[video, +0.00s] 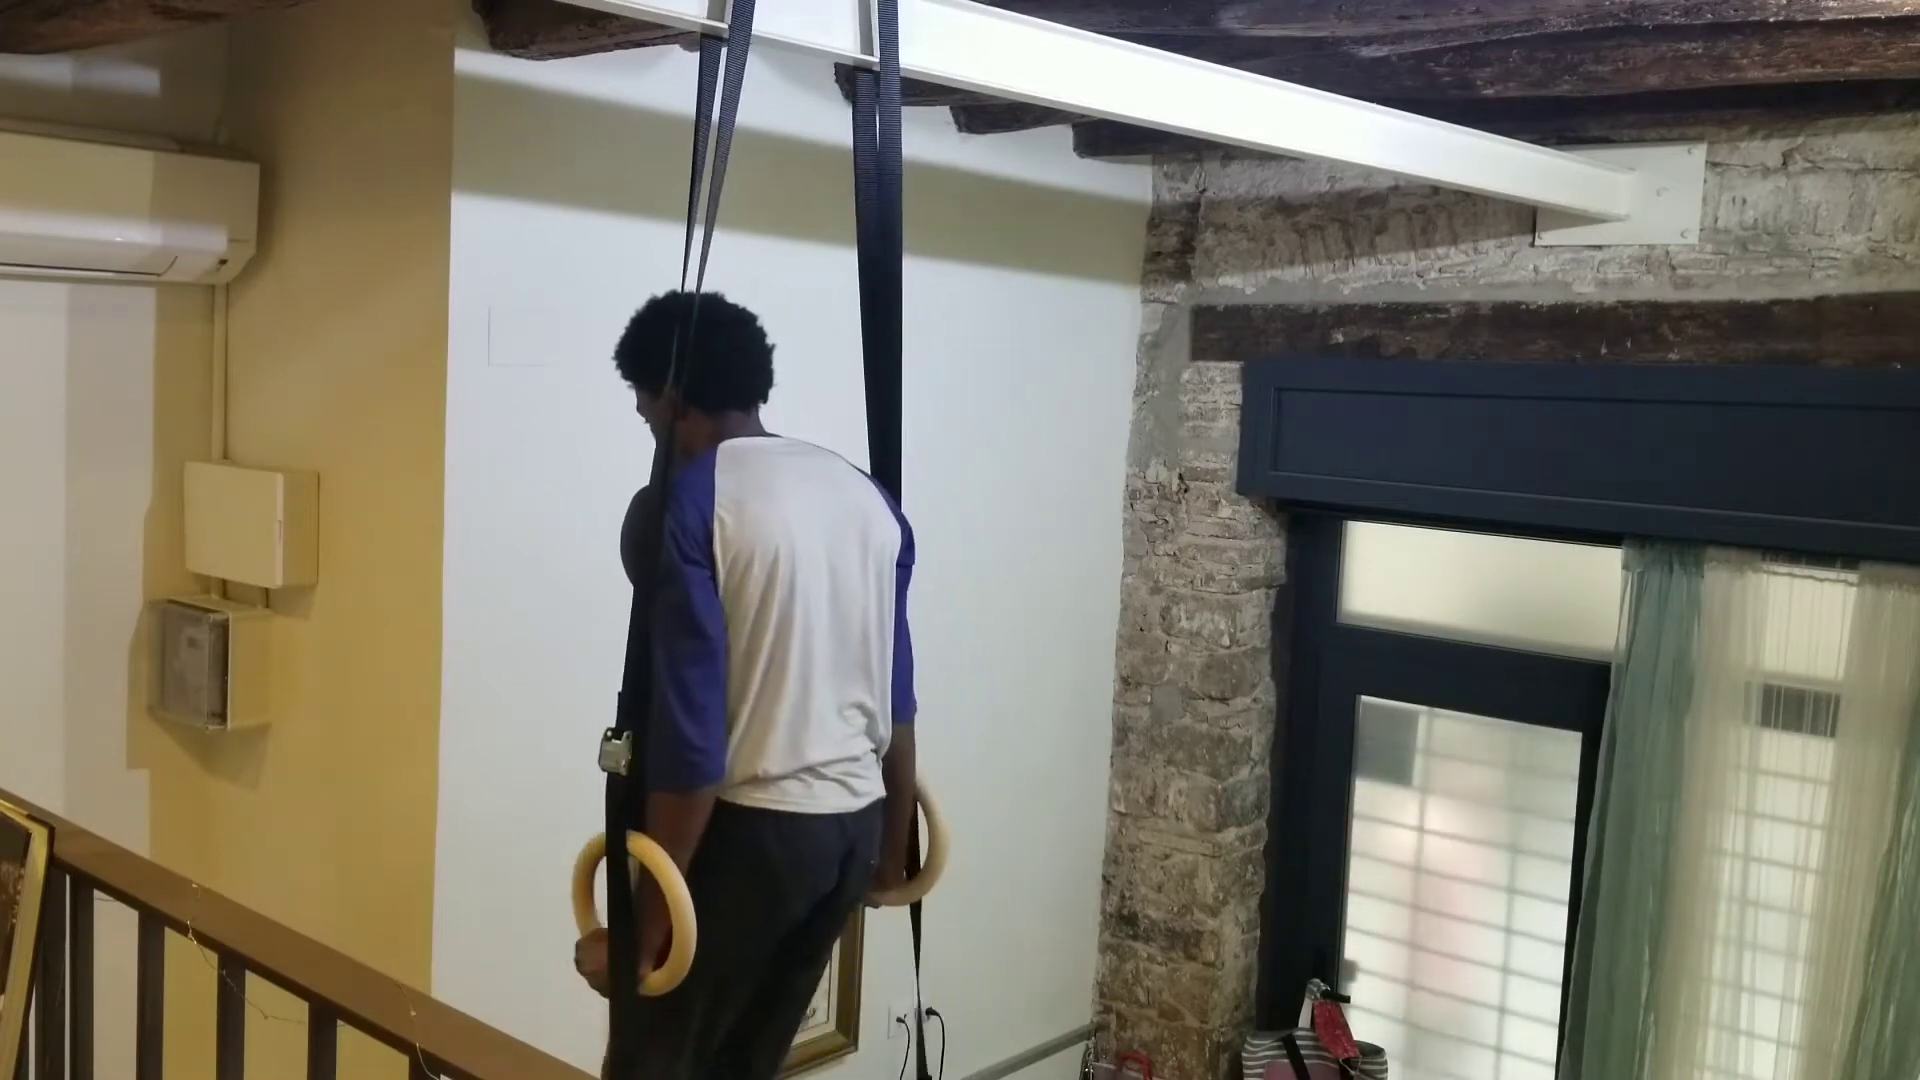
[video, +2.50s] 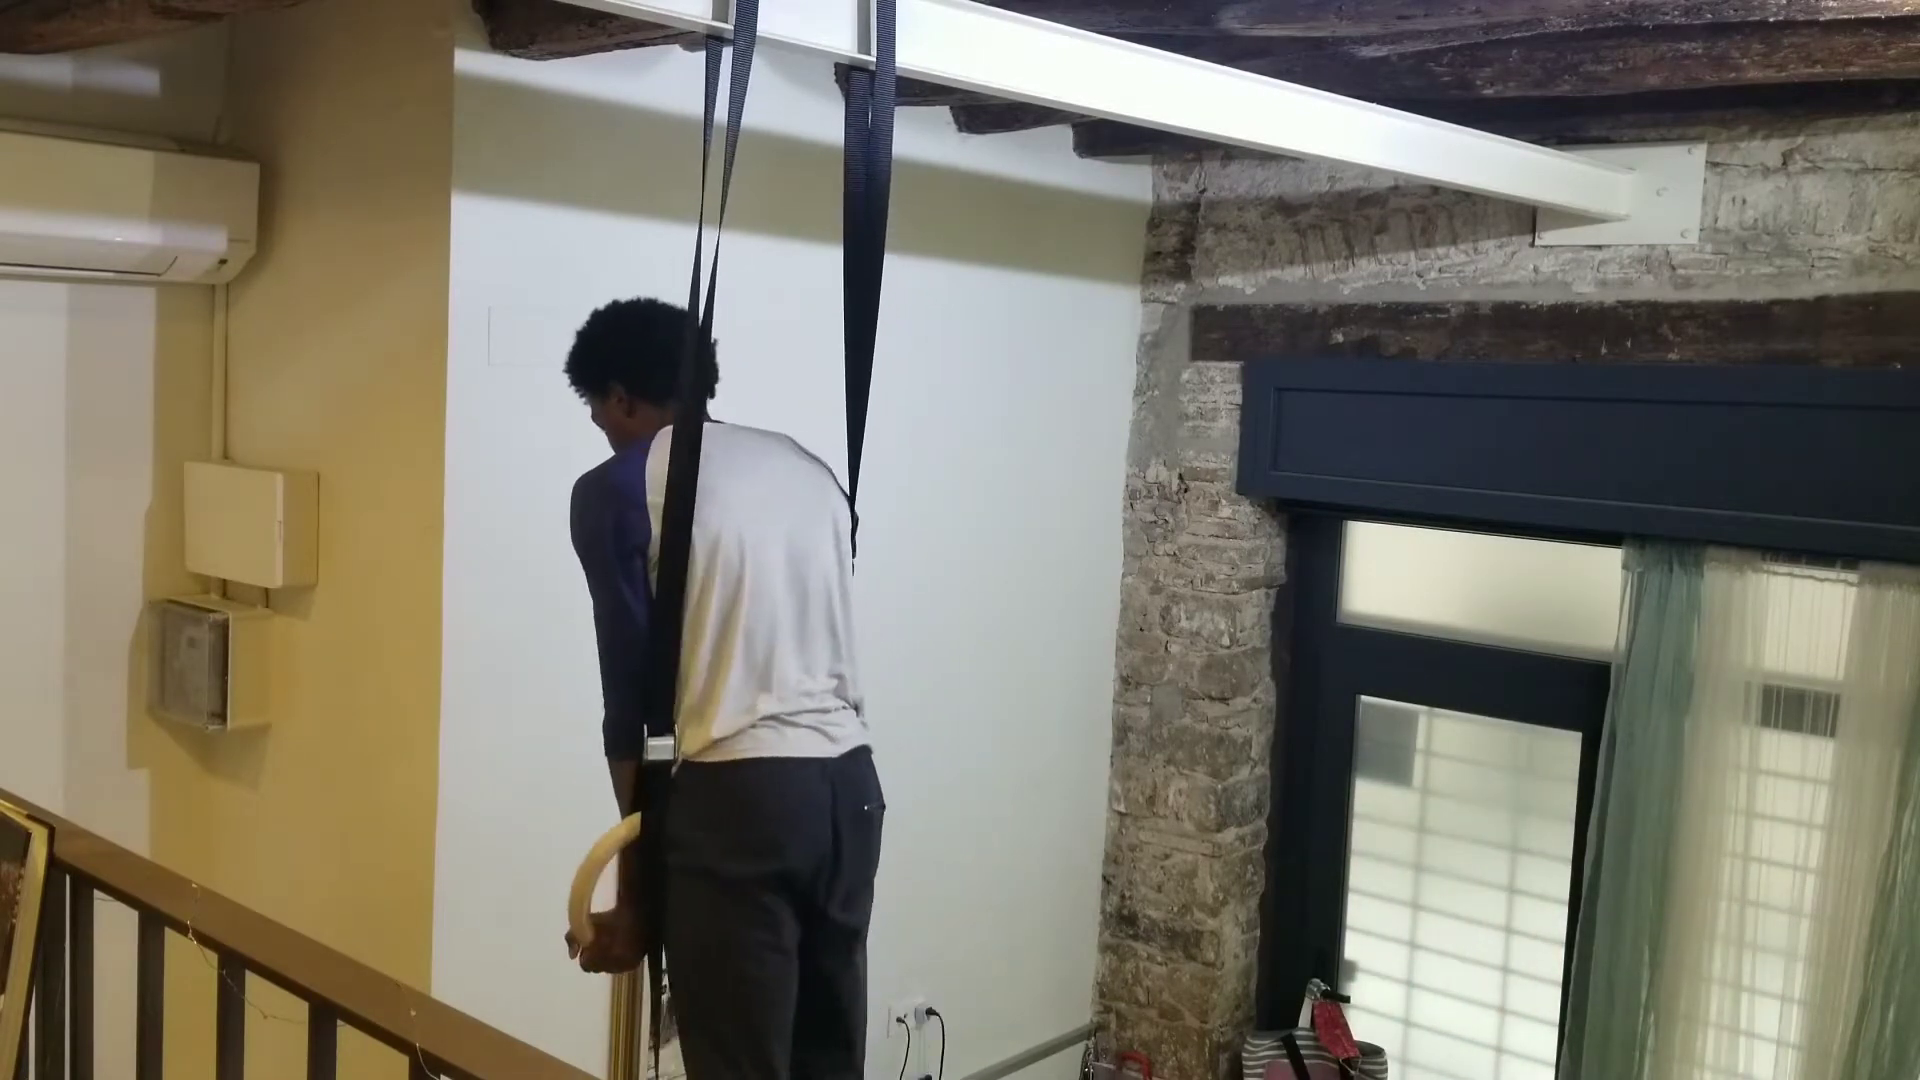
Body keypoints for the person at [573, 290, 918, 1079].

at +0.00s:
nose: (647, 419)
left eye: (645, 399)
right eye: (642, 401)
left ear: (673, 393)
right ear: (754, 383)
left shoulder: (688, 500)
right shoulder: (867, 496)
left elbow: (691, 734)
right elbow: (896, 694)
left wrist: (644, 910)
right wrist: (896, 842)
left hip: (739, 844)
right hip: (849, 842)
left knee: (653, 1063)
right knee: (747, 1063)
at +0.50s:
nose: (631, 399)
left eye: (633, 378)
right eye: (631, 378)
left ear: (657, 375)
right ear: (741, 376)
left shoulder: (657, 478)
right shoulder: (845, 472)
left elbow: (643, 694)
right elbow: (859, 637)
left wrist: (600, 867)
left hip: (726, 800)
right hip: (837, 805)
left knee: (621, 1035)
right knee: (702, 1042)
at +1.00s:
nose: (655, 418)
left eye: (653, 396)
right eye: (649, 399)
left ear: (679, 389)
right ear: (761, 384)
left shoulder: (673, 494)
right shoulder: (876, 480)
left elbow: (688, 724)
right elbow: (902, 654)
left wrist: (654, 937)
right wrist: (916, 853)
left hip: (792, 802)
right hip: (908, 804)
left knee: (703, 1050)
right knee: (789, 1053)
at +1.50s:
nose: (639, 444)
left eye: (635, 425)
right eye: (632, 427)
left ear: (659, 407)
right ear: (741, 395)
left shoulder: (671, 495)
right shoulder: (851, 462)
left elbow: (693, 727)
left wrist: (652, 934)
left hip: (824, 783)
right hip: (945, 771)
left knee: (806, 1057)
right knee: (915, 1055)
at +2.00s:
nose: (617, 448)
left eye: (613, 430)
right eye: (609, 432)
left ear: (640, 410)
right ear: (717, 391)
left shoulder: (646, 497)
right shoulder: (835, 471)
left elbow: (667, 678)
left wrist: (667, 861)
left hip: (782, 802)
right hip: (895, 787)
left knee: (779, 1058)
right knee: (877, 1059)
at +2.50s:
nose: (601, 429)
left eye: (596, 411)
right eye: (594, 412)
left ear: (619, 397)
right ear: (699, 382)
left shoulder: (617, 489)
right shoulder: (812, 470)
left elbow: (628, 693)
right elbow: (816, 661)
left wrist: (635, 895)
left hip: (730, 803)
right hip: (851, 794)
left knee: (739, 1060)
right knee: (831, 1059)